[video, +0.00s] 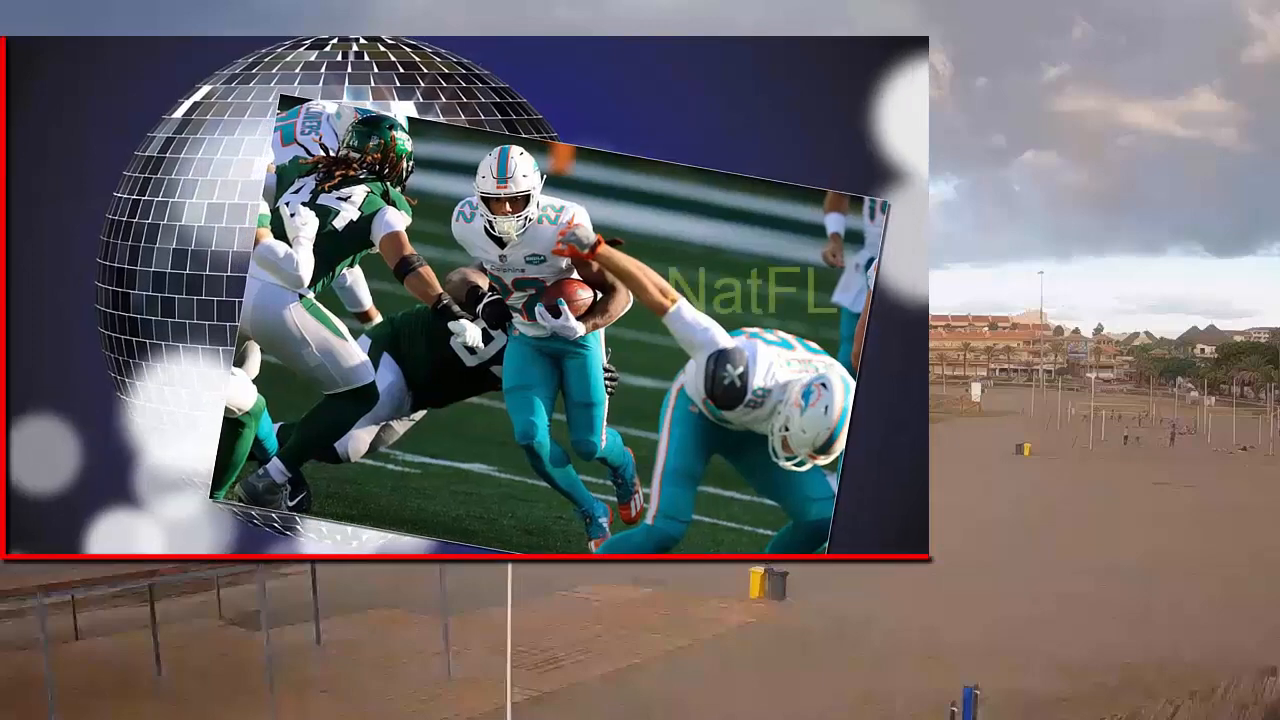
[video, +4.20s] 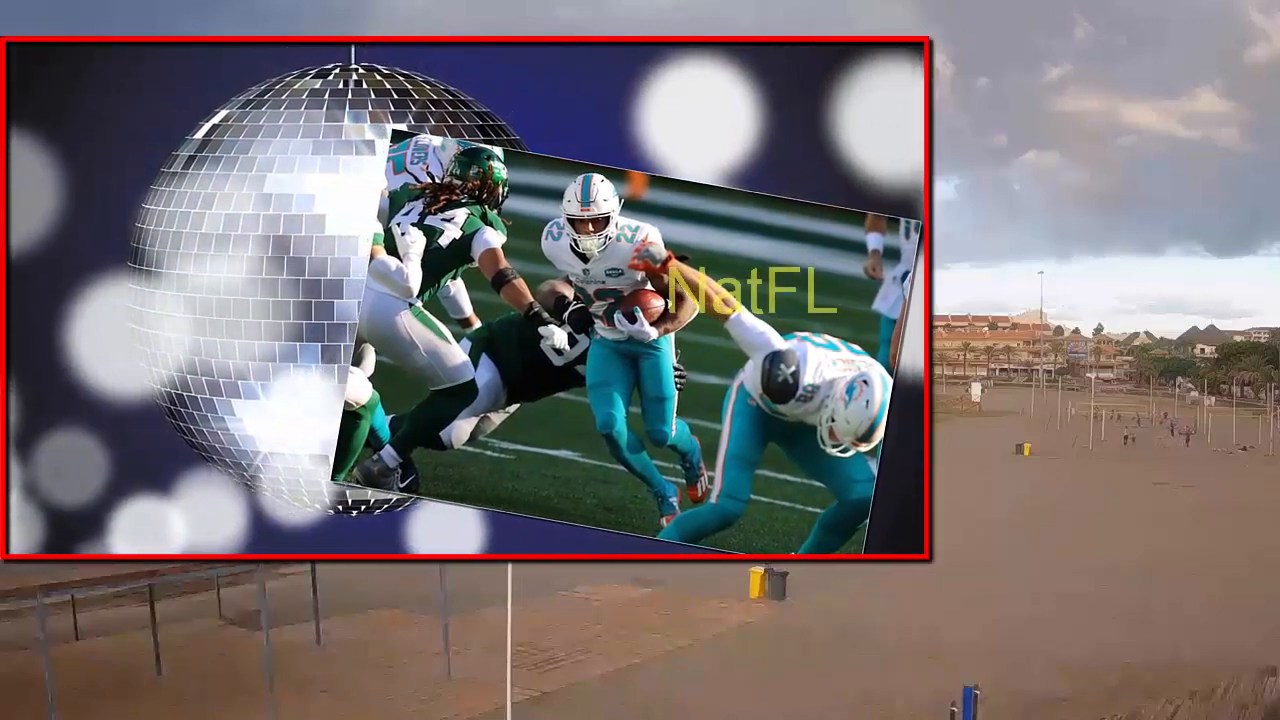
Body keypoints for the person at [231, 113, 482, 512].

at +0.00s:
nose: (406, 167)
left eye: (405, 159)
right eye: (404, 159)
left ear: (347, 147)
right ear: (391, 160)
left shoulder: (300, 171)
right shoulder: (379, 204)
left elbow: (244, 192)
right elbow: (406, 264)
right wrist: (448, 309)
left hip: (230, 280)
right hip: (280, 300)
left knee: (235, 379)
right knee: (360, 391)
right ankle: (271, 477)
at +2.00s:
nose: (451, 181)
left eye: (450, 174)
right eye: (449, 173)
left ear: (396, 160)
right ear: (439, 175)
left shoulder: (350, 183)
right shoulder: (425, 214)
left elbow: (301, 202)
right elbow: (451, 270)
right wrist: (493, 316)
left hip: (287, 285)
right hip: (334, 304)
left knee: (292, 372)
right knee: (408, 389)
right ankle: (326, 470)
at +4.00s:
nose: (496, 191)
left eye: (496, 184)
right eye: (493, 184)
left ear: (446, 173)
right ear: (482, 185)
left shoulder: (401, 194)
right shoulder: (472, 223)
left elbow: (357, 219)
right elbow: (497, 275)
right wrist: (535, 317)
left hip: (341, 289)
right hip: (387, 307)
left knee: (348, 371)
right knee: (457, 387)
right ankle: (381, 461)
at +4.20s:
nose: (501, 194)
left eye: (501, 186)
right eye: (499, 186)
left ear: (451, 175)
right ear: (489, 187)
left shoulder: (409, 195)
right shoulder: (478, 222)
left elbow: (363, 220)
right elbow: (501, 276)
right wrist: (539, 318)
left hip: (347, 290)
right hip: (391, 307)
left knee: (354, 374)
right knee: (462, 386)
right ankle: (386, 461)